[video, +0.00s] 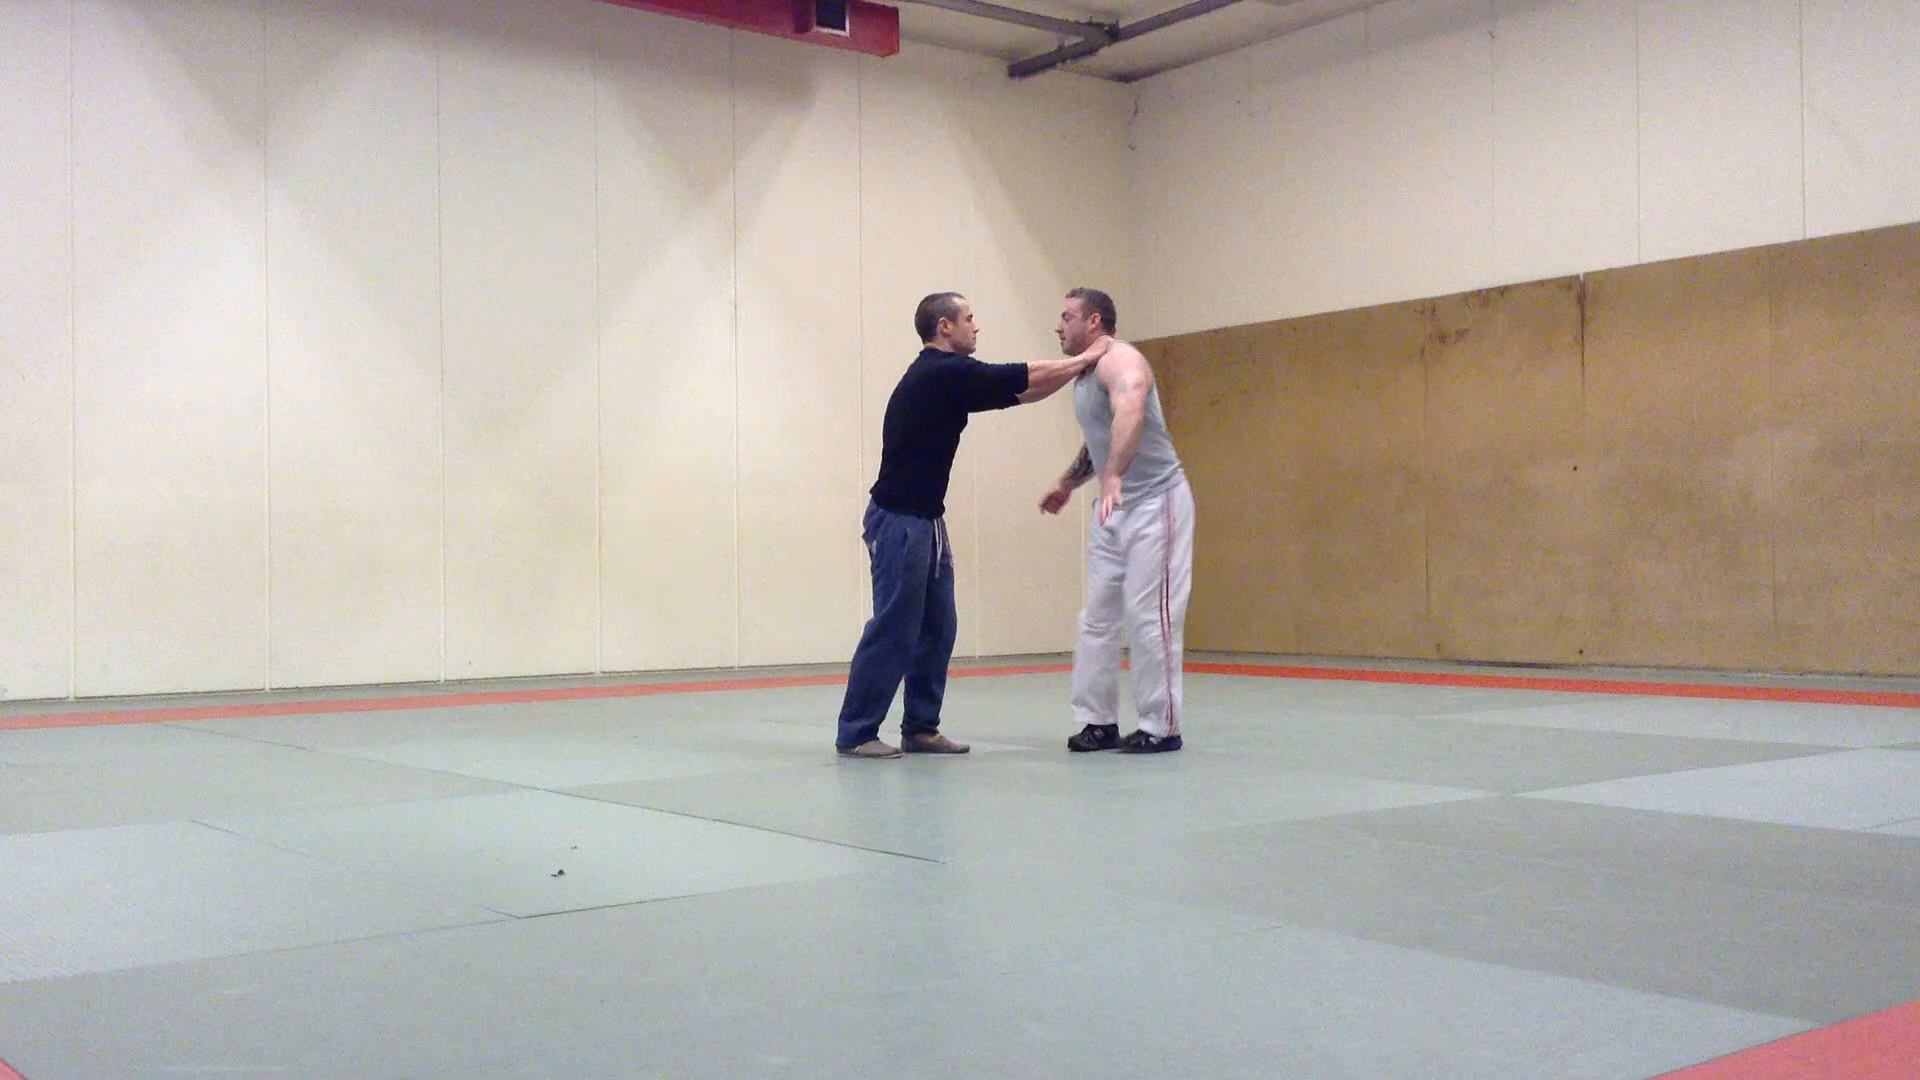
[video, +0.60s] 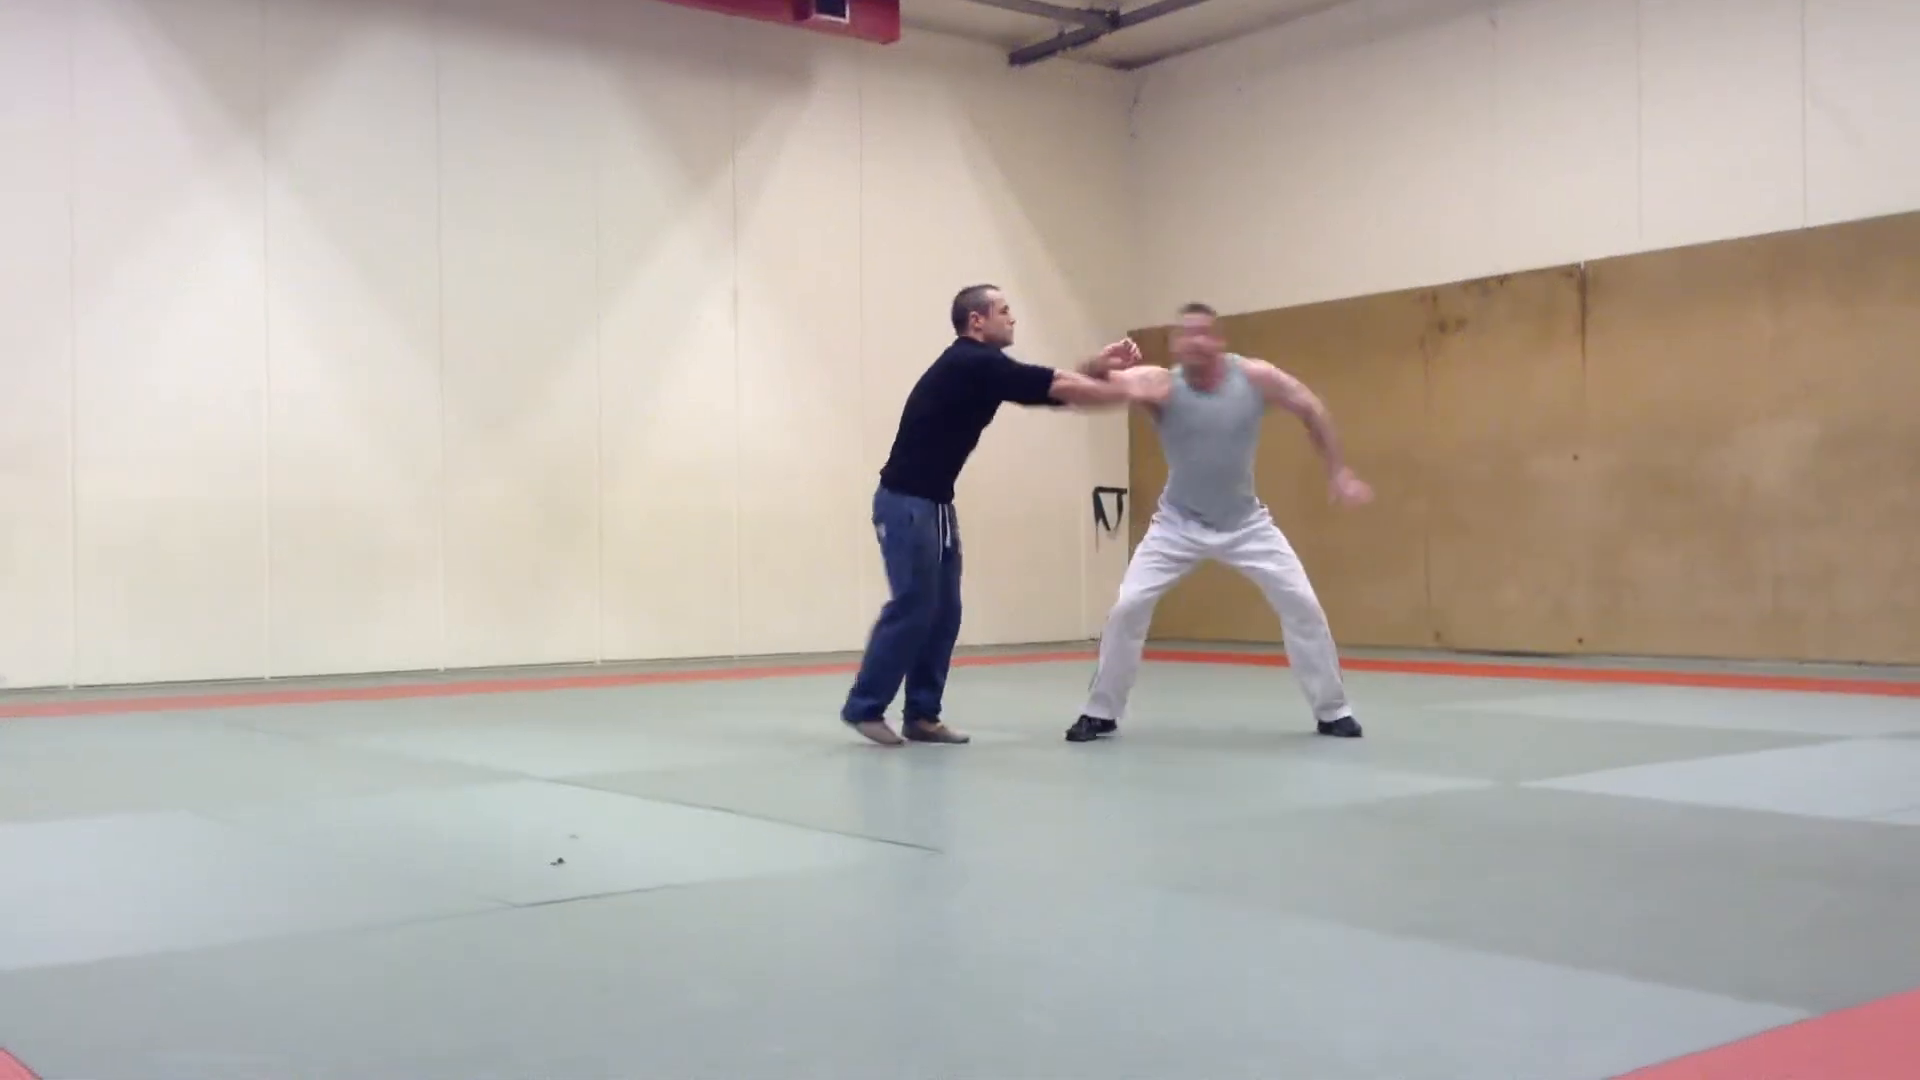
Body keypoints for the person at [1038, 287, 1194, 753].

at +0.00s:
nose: (1060, 326)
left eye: (1068, 317)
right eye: (1061, 318)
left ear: (1094, 321)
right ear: (1086, 321)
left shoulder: (1121, 358)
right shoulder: (1085, 373)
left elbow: (1132, 409)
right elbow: (1098, 442)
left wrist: (1113, 476)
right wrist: (1066, 485)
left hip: (1157, 503)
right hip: (1113, 507)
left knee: (1149, 615)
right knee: (1100, 615)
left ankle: (1160, 727)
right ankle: (1099, 722)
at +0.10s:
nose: (1063, 334)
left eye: (1070, 325)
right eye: (1064, 326)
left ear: (1096, 328)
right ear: (1088, 330)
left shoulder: (1126, 363)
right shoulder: (1085, 384)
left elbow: (1139, 407)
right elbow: (1095, 447)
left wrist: (1121, 466)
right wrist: (1054, 485)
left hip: (1168, 506)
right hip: (1123, 510)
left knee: (1154, 608)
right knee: (1105, 613)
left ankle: (1170, 721)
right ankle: (1102, 723)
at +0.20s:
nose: (1075, 344)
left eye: (1081, 336)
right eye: (1075, 337)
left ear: (1107, 338)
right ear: (1100, 339)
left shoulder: (1139, 371)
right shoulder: (1096, 396)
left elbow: (1151, 408)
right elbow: (1084, 452)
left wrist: (1149, 452)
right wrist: (1032, 463)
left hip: (1180, 515)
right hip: (1132, 518)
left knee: (1184, 618)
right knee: (1102, 616)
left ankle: (1232, 707)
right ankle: (1102, 725)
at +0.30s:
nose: (1090, 352)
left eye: (1096, 343)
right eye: (1090, 344)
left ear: (1122, 345)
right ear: (1114, 346)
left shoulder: (1148, 376)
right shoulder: (1110, 402)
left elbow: (1183, 395)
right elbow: (1080, 436)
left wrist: (1202, 425)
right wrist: (1038, 406)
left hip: (1195, 530)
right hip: (1139, 530)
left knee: (1239, 625)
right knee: (1102, 616)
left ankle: (1295, 706)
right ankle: (1101, 726)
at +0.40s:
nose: (1111, 352)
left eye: (1118, 343)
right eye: (1110, 344)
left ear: (1145, 346)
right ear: (1118, 350)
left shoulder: (1172, 378)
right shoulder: (1120, 395)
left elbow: (1223, 383)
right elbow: (1079, 405)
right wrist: (1061, 366)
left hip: (1216, 530)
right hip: (1155, 528)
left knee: (1280, 619)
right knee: (1108, 611)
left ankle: (1329, 715)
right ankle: (1103, 723)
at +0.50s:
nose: (1140, 345)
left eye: (1149, 336)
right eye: (1138, 337)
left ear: (1179, 341)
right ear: (1138, 345)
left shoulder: (1214, 374)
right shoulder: (1141, 383)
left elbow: (1292, 389)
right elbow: (1110, 383)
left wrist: (1344, 438)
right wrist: (1101, 369)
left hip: (1235, 527)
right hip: (1169, 527)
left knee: (1295, 612)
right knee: (1122, 606)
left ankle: (1332, 712)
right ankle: (1104, 717)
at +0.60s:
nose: (1194, 342)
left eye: (1202, 333)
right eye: (1186, 334)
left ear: (1219, 339)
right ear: (1174, 342)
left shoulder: (1255, 376)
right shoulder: (1158, 384)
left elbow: (1312, 409)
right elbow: (1088, 389)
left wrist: (1339, 472)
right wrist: (1098, 366)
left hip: (1247, 526)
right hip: (1178, 526)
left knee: (1303, 604)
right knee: (1128, 606)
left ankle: (1332, 711)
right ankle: (1101, 712)